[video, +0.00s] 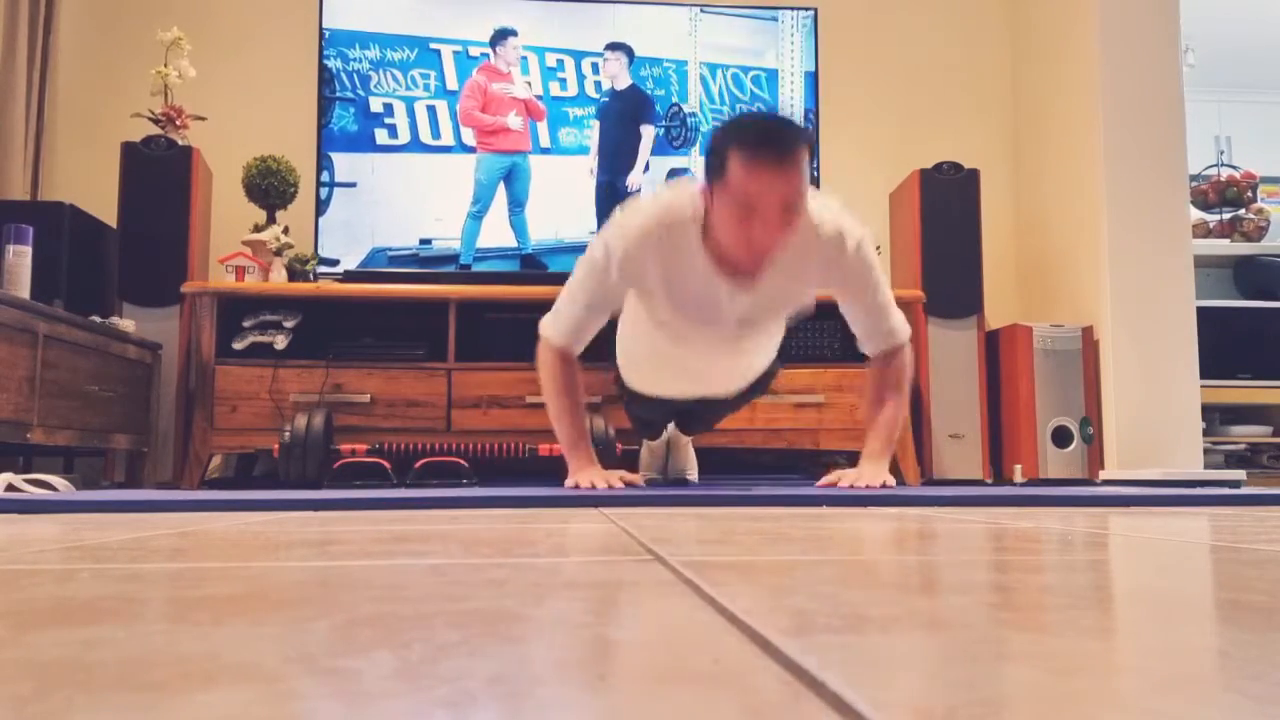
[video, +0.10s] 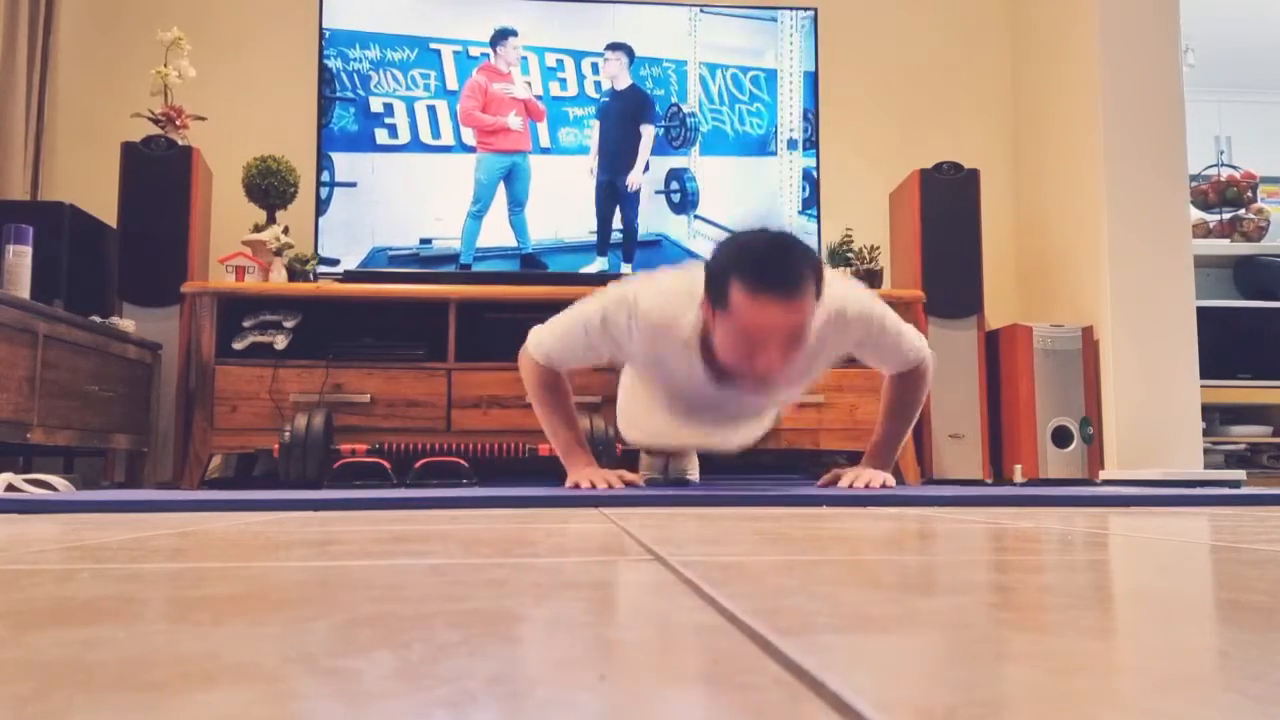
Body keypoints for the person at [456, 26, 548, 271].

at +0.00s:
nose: (519, 53)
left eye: (519, 48)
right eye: (515, 48)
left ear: (505, 50)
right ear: (498, 50)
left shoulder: (518, 79)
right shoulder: (479, 80)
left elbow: (540, 115)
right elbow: (466, 115)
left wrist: (527, 97)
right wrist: (504, 122)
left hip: (520, 155)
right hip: (491, 155)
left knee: (518, 209)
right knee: (478, 210)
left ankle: (527, 255)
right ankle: (465, 262)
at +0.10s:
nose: (519, 53)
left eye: (520, 48)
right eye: (515, 48)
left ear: (505, 50)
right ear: (499, 50)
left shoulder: (518, 79)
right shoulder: (479, 79)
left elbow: (540, 116)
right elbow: (466, 115)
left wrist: (527, 97)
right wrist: (504, 122)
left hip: (520, 155)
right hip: (491, 155)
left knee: (518, 208)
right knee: (478, 209)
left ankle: (527, 255)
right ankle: (465, 262)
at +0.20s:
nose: (519, 53)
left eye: (519, 48)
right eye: (515, 48)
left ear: (505, 50)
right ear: (499, 50)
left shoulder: (518, 79)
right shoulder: (479, 79)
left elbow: (539, 115)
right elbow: (466, 115)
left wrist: (527, 97)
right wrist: (505, 122)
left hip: (520, 155)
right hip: (491, 155)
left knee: (518, 208)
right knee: (478, 209)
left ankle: (527, 255)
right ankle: (465, 262)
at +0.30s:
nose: (519, 53)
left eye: (519, 48)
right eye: (514, 48)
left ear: (505, 50)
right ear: (498, 50)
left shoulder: (517, 80)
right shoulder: (479, 80)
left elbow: (539, 115)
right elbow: (467, 115)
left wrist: (527, 97)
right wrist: (505, 122)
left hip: (519, 155)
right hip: (491, 155)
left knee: (518, 208)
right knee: (478, 209)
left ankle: (527, 254)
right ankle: (465, 262)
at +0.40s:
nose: (517, 53)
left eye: (517, 48)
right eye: (512, 48)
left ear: (505, 51)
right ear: (497, 50)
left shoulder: (517, 80)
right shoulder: (479, 80)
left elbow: (539, 115)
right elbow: (468, 115)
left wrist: (527, 97)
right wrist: (505, 122)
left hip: (519, 155)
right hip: (491, 155)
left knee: (518, 208)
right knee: (478, 209)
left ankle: (527, 254)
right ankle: (465, 262)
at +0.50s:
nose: (516, 53)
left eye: (516, 48)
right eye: (511, 48)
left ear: (506, 51)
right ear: (495, 50)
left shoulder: (518, 80)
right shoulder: (480, 81)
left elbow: (543, 109)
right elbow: (469, 115)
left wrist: (533, 94)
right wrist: (506, 122)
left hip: (519, 155)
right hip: (491, 155)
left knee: (518, 208)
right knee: (478, 209)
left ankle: (527, 254)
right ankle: (465, 261)